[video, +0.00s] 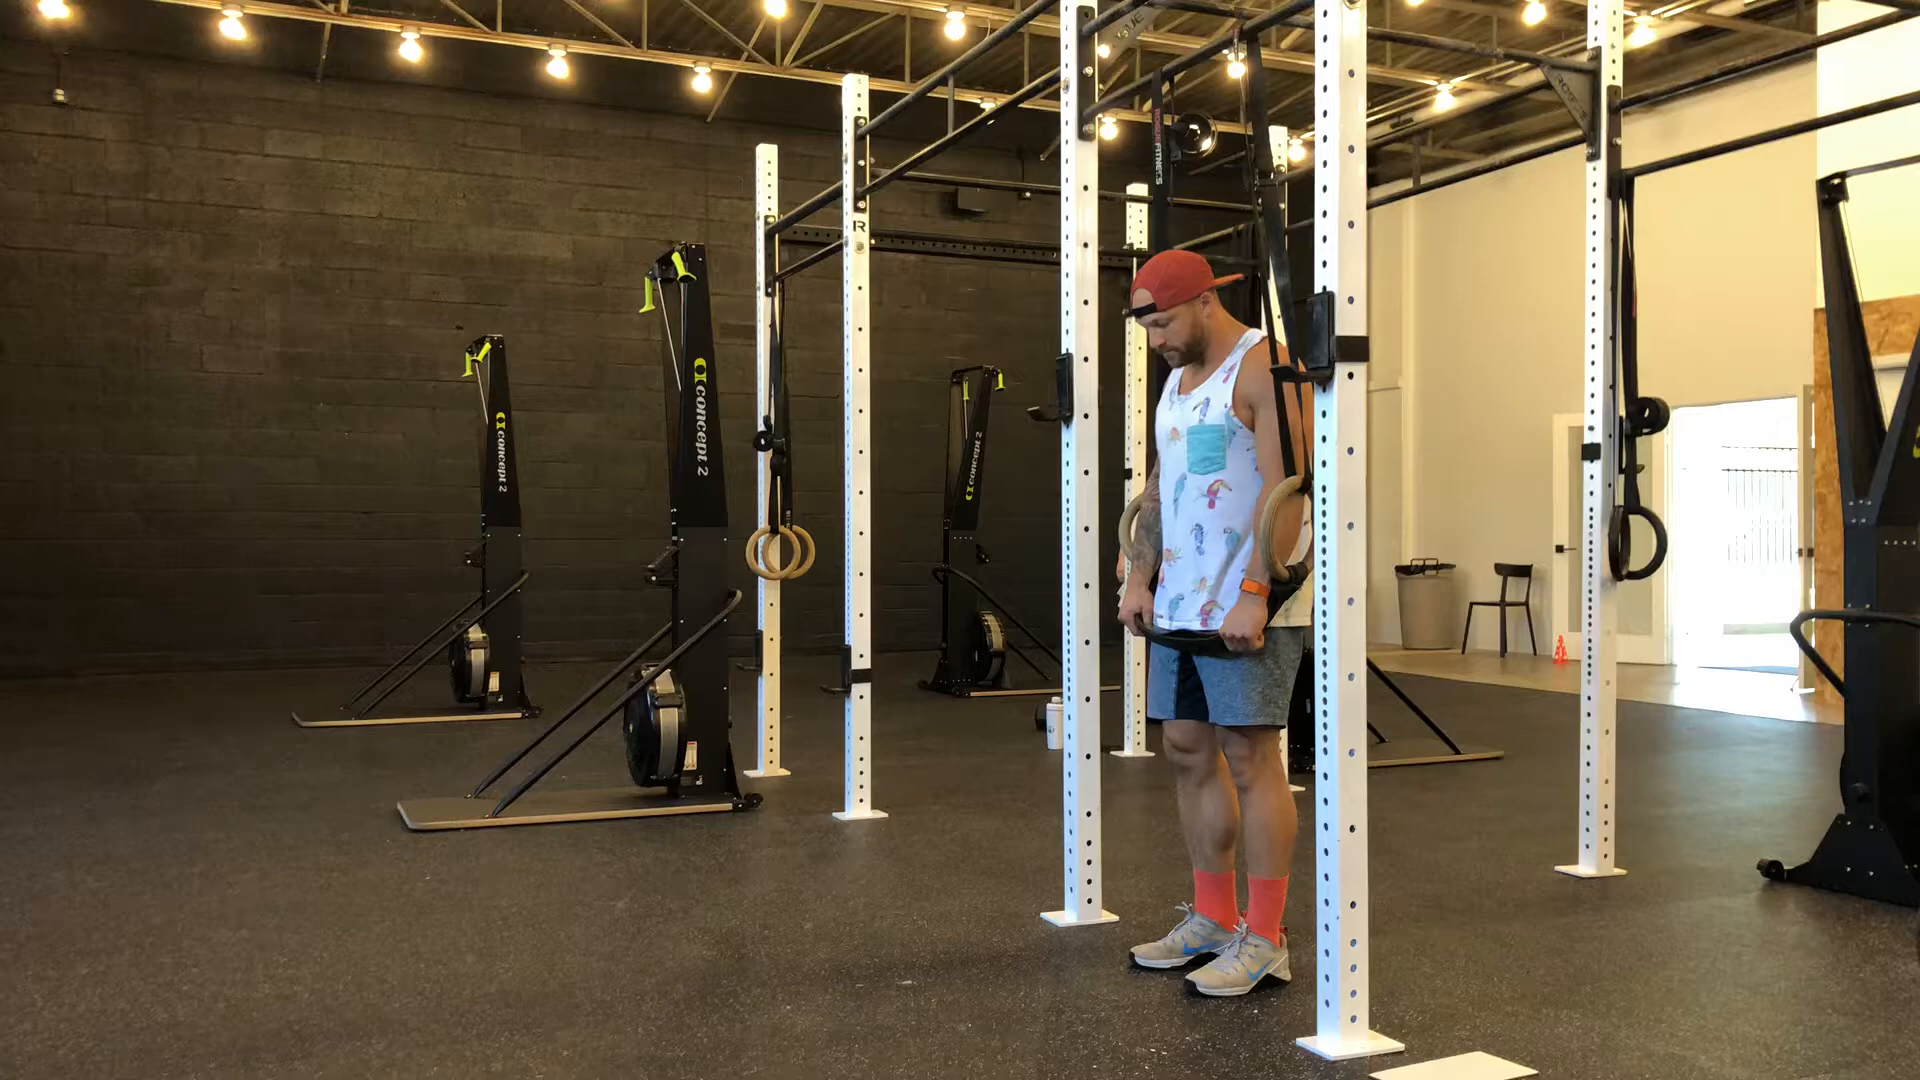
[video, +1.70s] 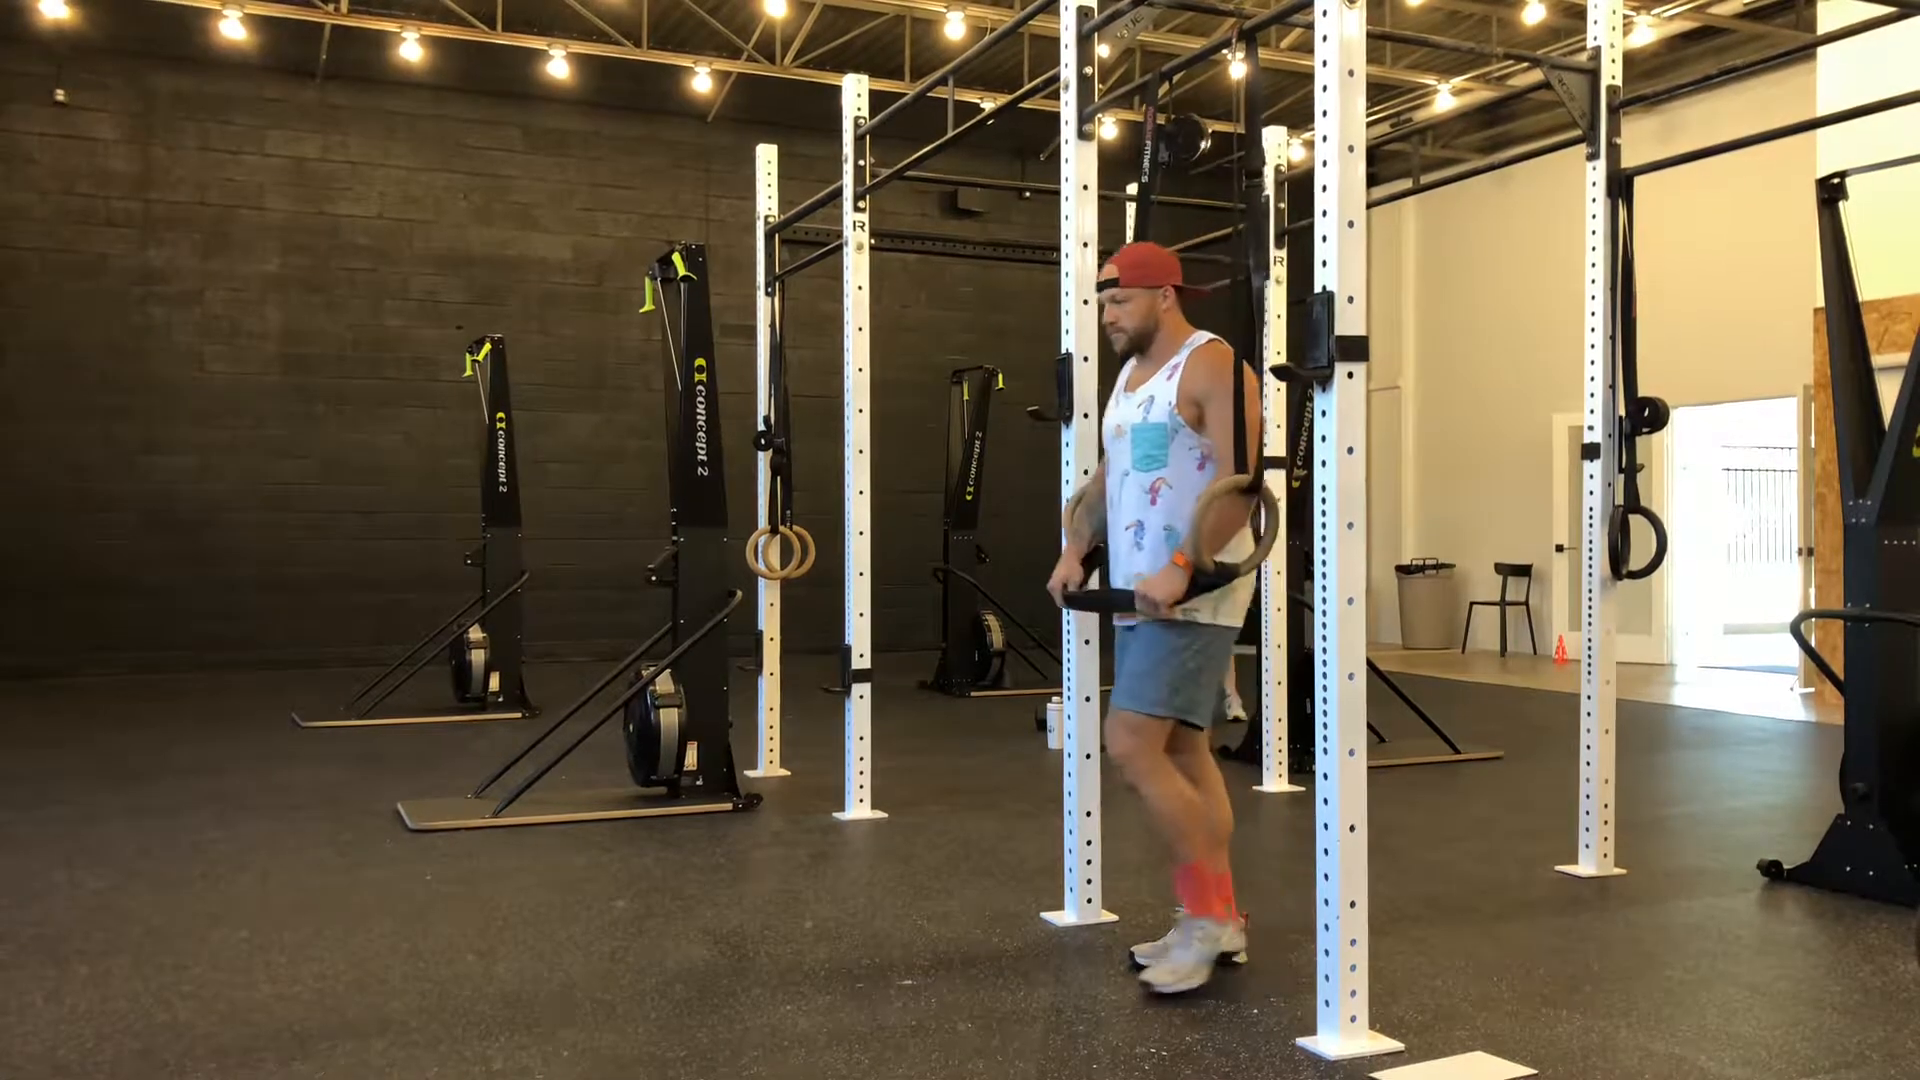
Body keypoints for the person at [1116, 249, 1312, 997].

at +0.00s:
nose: (1150, 334)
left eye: (1157, 317)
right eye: (1144, 321)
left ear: (1204, 301)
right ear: (1165, 317)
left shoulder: (1264, 369)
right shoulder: (1176, 378)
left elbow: (1286, 490)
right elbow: (1161, 490)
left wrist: (1257, 589)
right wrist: (1139, 571)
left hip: (1247, 605)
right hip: (1183, 603)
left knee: (1251, 758)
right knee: (1188, 752)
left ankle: (1266, 939)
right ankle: (1213, 921)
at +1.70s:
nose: (1107, 309)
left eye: (1118, 295)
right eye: (1104, 297)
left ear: (1163, 298)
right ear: (1124, 304)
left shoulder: (1210, 363)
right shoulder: (1131, 377)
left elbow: (1243, 480)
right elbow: (1110, 477)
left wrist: (1187, 565)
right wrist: (1076, 544)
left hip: (1197, 591)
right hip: (1149, 589)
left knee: (1133, 742)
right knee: (1187, 754)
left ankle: (1207, 919)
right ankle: (1219, 917)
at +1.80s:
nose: (1083, 313)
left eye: (1094, 298)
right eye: (1079, 301)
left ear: (1140, 299)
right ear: (1095, 309)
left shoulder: (1193, 368)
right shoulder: (1111, 380)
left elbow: (1232, 484)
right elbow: (1097, 475)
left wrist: (1173, 559)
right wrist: (1062, 536)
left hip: (1180, 596)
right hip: (1134, 595)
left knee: (1116, 750)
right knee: (1178, 759)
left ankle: (1113, 948)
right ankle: (1217, 924)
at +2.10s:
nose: (994, 320)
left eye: (1005, 305)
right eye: (991, 307)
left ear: (1055, 301)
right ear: (1029, 309)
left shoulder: (1115, 368)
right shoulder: (1034, 381)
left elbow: (1190, 465)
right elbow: (1048, 486)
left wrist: (1118, 542)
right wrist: (1011, 540)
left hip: (1098, 596)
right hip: (1056, 594)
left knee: (1030, 757)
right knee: (1094, 762)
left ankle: (1038, 959)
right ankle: (1193, 894)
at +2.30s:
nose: (942, 314)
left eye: (951, 296)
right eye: (938, 299)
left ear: (998, 286)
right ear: (981, 294)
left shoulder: (1067, 349)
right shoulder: (995, 365)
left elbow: (1150, 436)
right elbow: (1037, 469)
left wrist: (1087, 523)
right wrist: (992, 530)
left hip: (1057, 597)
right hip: (998, 591)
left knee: (1027, 764)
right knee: (975, 751)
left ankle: (1038, 964)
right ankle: (1109, 870)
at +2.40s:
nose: (914, 315)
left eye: (921, 297)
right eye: (909, 301)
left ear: (968, 283)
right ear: (951, 292)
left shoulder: (1038, 340)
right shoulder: (968, 362)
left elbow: (1130, 423)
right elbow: (1003, 471)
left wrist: (1074, 522)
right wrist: (970, 543)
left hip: (1034, 603)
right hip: (971, 596)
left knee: (1023, 767)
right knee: (940, 748)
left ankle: (1040, 960)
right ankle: (1005, 920)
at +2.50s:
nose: (893, 313)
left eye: (900, 294)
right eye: (888, 298)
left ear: (947, 280)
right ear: (930, 288)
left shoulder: (1016, 335)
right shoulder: (943, 367)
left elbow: (1111, 418)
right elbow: (983, 474)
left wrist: (1060, 521)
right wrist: (953, 554)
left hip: (1017, 602)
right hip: (955, 598)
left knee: (1017, 768)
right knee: (934, 757)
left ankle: (1036, 962)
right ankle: (929, 947)